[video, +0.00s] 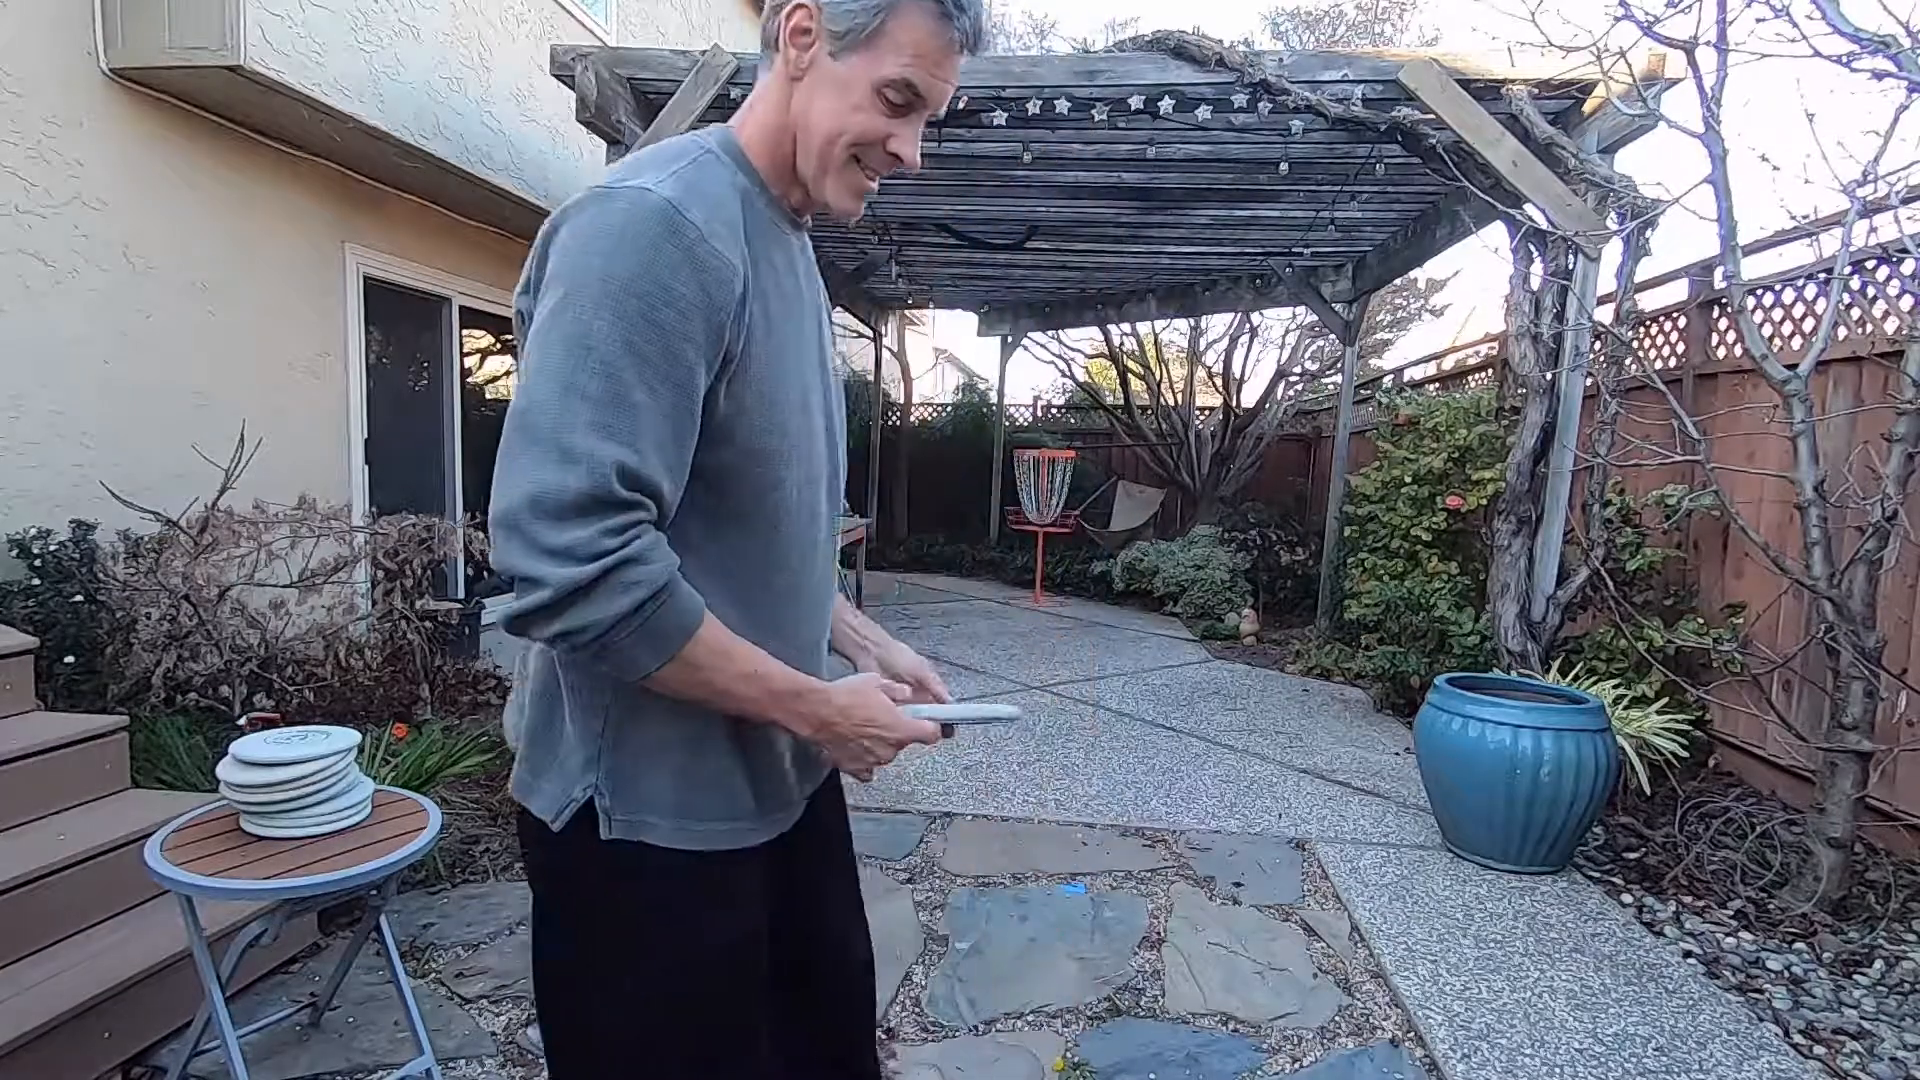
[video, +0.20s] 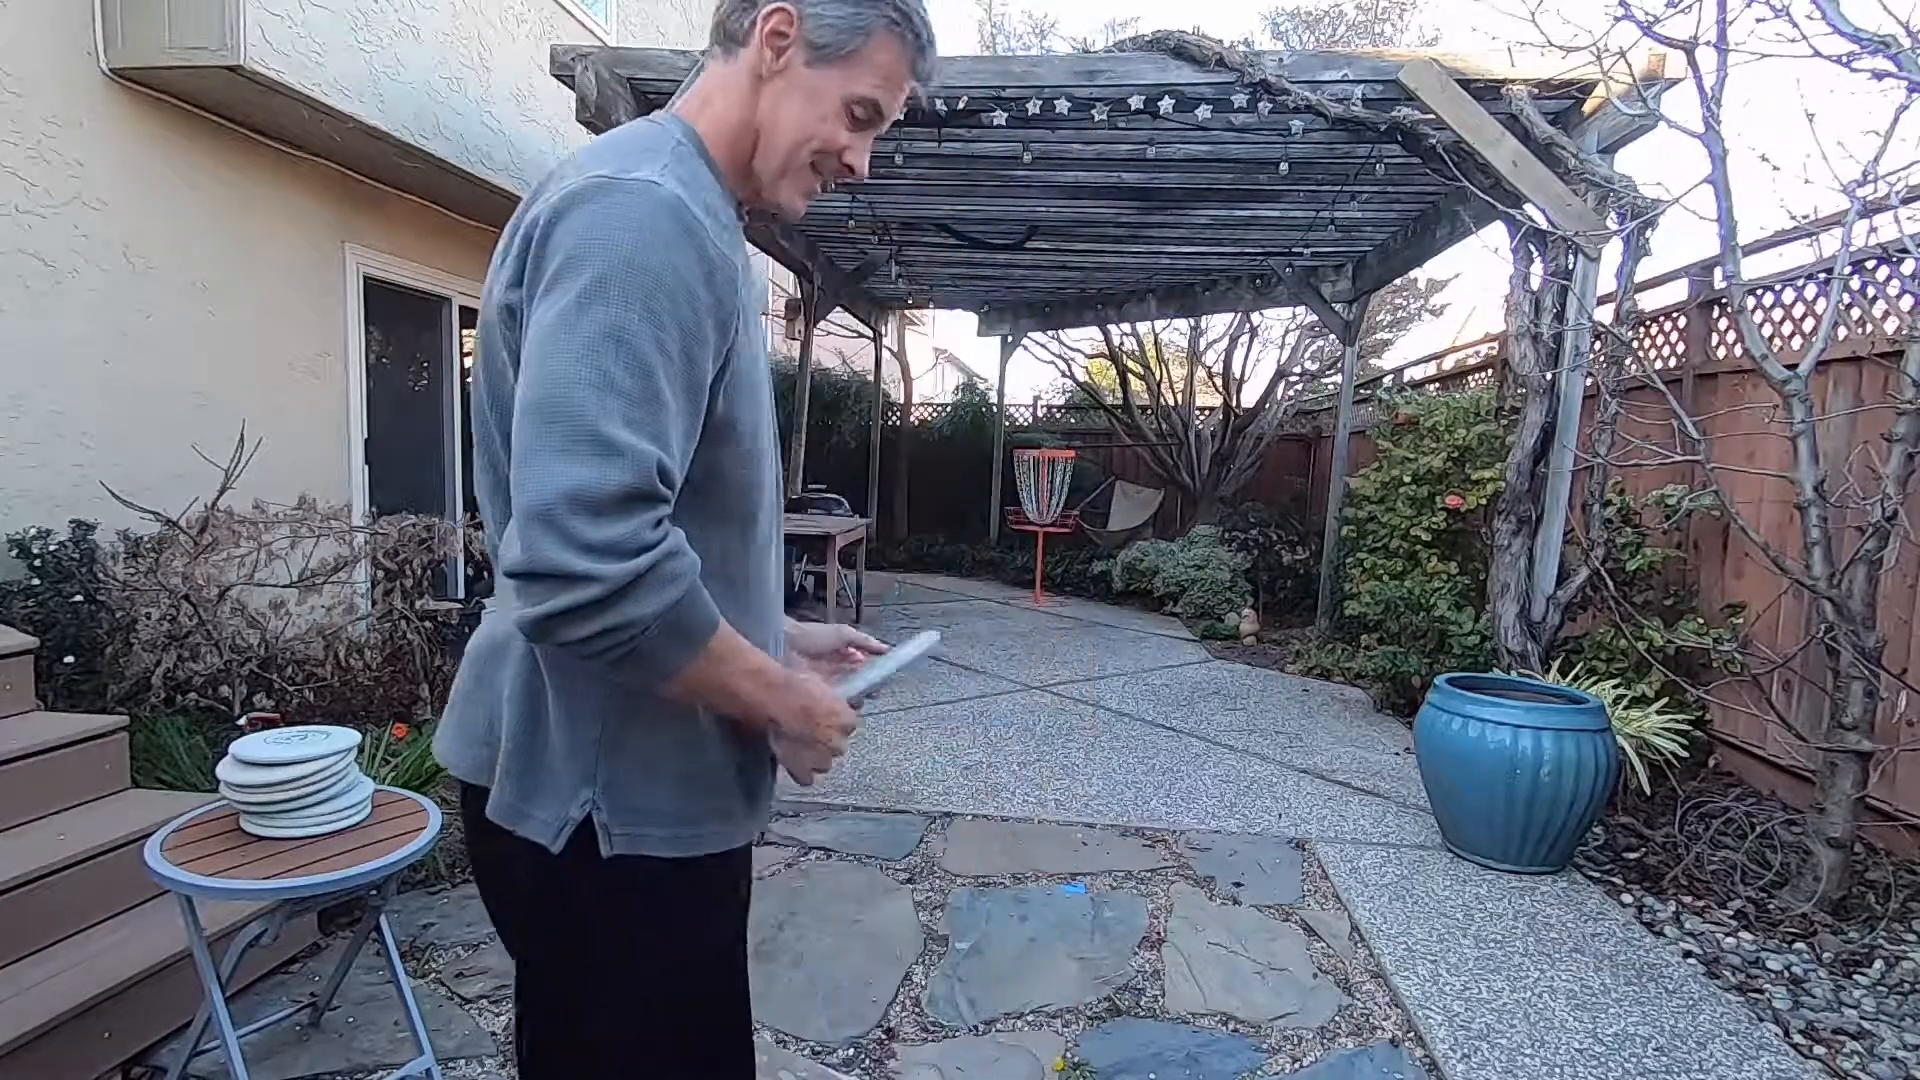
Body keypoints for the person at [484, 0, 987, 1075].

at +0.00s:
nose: (907, 147)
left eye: (928, 119)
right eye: (894, 98)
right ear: (799, 39)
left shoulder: (782, 244)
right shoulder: (653, 221)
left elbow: (741, 532)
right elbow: (566, 556)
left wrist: (865, 642)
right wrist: (806, 707)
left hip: (782, 796)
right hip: (643, 822)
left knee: (827, 1062)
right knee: (667, 1070)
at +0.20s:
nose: (860, 159)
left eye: (880, 134)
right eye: (858, 112)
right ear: (775, 40)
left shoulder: (674, 209)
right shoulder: (639, 209)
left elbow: (636, 529)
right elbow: (582, 557)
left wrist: (776, 637)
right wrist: (768, 699)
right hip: (610, 813)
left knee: (643, 1058)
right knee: (663, 1065)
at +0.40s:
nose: (779, 172)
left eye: (797, 150)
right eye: (788, 134)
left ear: (722, 65)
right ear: (736, 63)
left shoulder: (531, 181)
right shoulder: (623, 200)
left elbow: (526, 519)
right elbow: (588, 545)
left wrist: (718, 621)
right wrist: (757, 656)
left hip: (470, 765)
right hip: (578, 790)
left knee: (461, 1045)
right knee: (658, 1058)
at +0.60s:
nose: (660, 181)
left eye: (680, 156)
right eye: (676, 144)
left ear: (540, 73)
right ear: (640, 81)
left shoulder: (381, 202)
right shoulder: (566, 197)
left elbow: (408, 510)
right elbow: (566, 521)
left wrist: (605, 667)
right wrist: (682, 647)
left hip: (320, 767)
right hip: (494, 774)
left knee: (344, 1061)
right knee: (614, 1065)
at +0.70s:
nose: (594, 184)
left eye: (609, 159)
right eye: (606, 149)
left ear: (459, 81)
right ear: (570, 88)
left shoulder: (286, 216)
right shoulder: (510, 202)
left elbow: (273, 502)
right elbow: (528, 510)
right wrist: (621, 648)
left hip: (238, 777)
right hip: (447, 783)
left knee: (261, 1060)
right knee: (574, 1065)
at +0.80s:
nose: (520, 186)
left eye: (536, 163)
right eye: (531, 153)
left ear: (379, 87)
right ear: (490, 93)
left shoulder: (195, 225)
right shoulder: (443, 209)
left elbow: (187, 507)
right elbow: (479, 513)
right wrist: (556, 646)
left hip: (146, 790)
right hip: (374, 797)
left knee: (166, 1065)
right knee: (524, 1064)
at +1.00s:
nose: (389, 178)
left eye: (404, 154)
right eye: (399, 140)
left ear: (238, 75)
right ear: (354, 76)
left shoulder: (35, 212)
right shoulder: (333, 204)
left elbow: (28, 482)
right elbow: (384, 514)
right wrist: (429, 647)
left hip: (25, 805)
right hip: (279, 812)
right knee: (402, 1057)